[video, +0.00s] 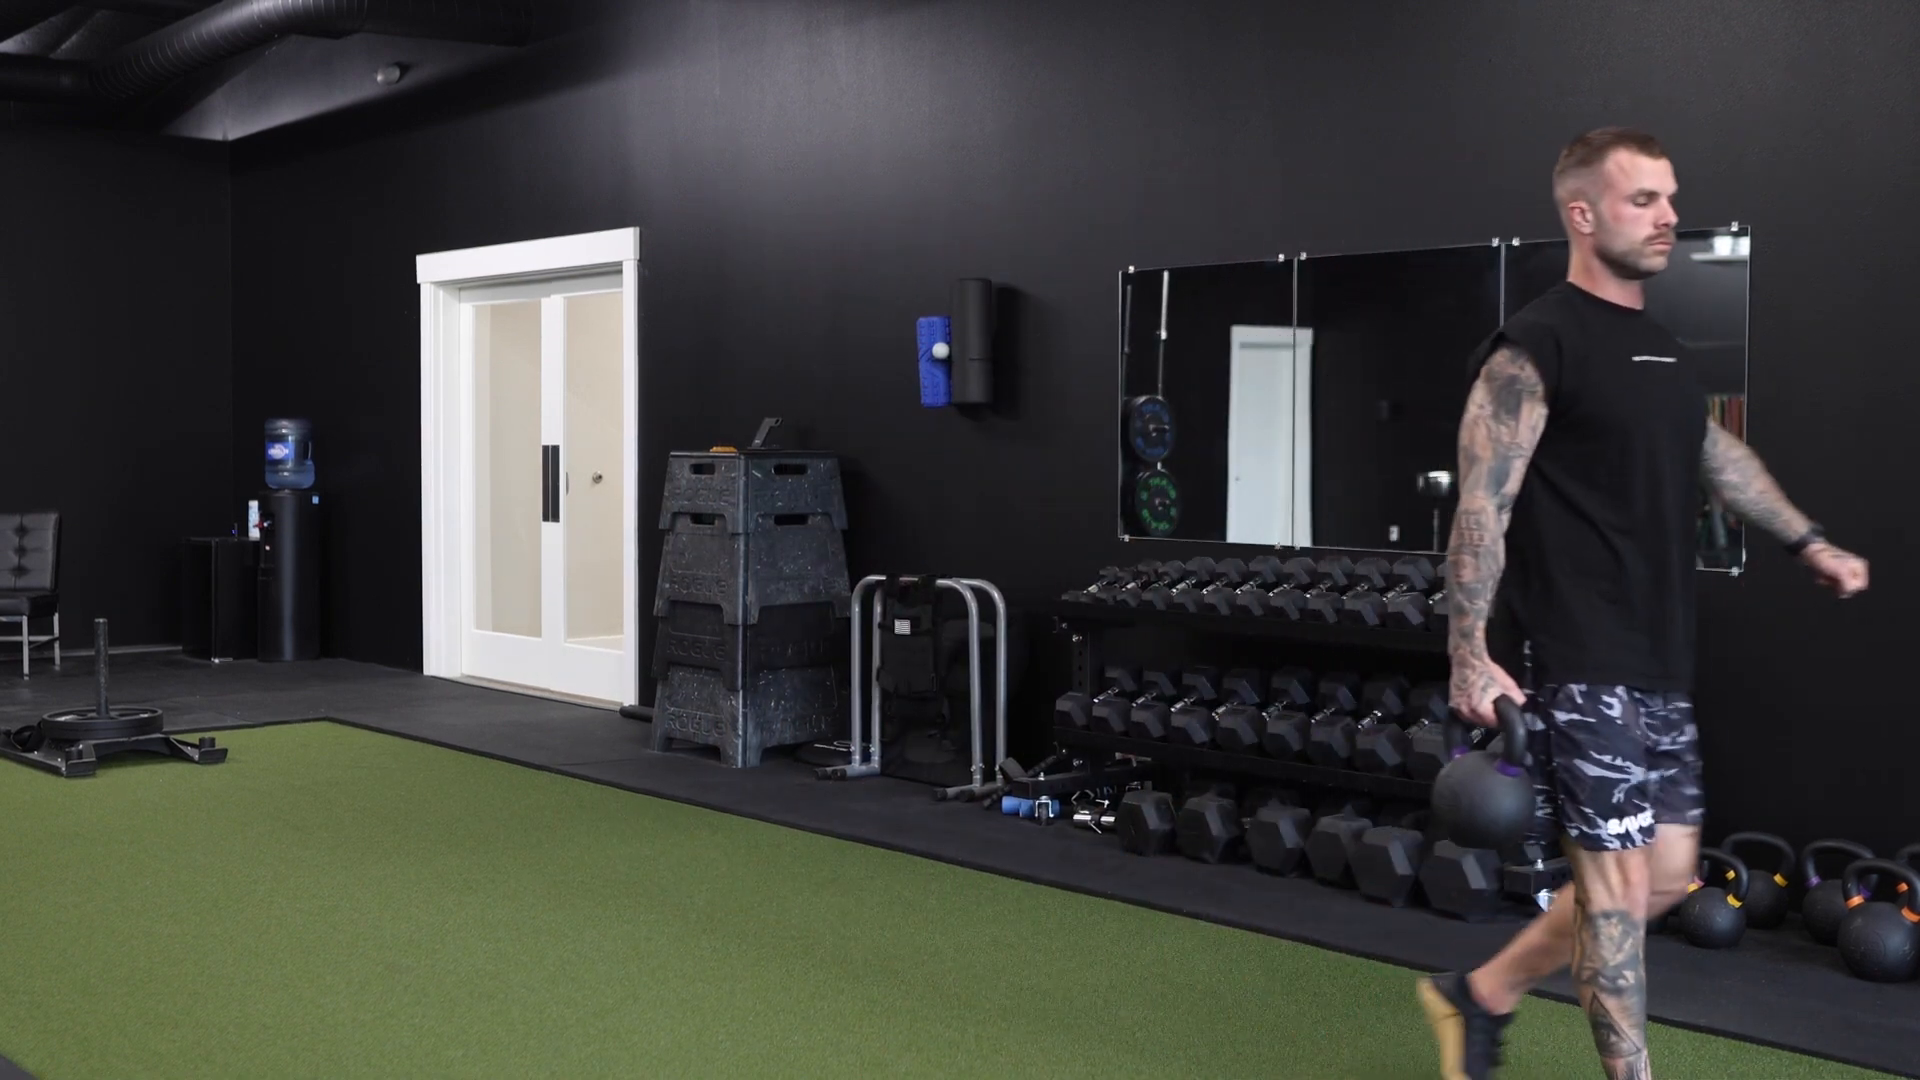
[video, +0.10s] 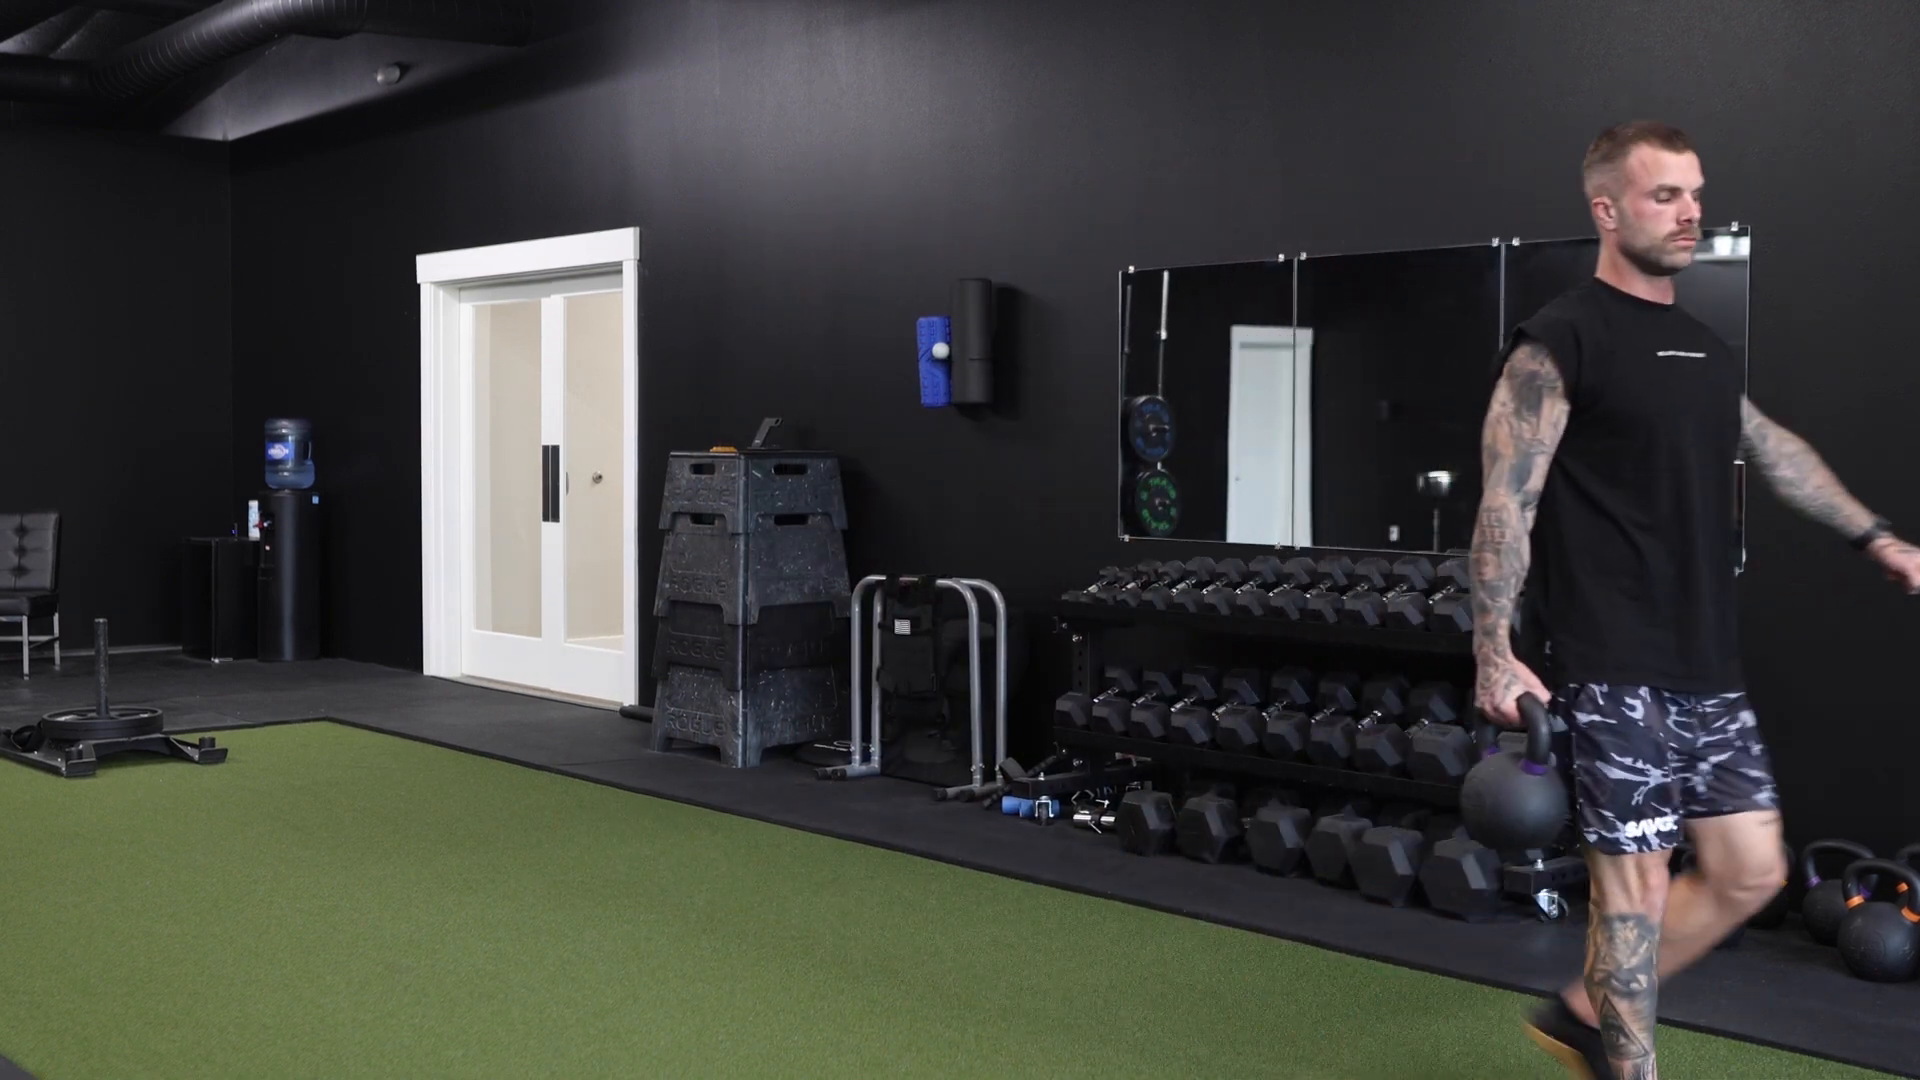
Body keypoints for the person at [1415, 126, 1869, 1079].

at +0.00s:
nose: (1667, 217)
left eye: (1670, 200)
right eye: (1643, 200)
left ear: (1667, 212)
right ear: (1579, 213)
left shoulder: (1653, 344)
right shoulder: (1533, 346)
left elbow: (1718, 454)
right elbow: (1481, 504)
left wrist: (1809, 541)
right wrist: (1467, 647)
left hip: (1659, 654)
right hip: (1577, 657)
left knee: (1670, 866)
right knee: (1613, 879)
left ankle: (1480, 991)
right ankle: (1630, 1072)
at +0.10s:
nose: (1688, 214)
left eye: (1695, 196)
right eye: (1664, 195)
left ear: (1699, 208)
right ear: (1605, 207)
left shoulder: (1702, 348)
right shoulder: (1561, 340)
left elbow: (1771, 447)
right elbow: (1505, 498)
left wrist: (1874, 535)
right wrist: (1493, 645)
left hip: (1704, 655)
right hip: (1605, 657)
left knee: (1748, 872)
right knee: (1632, 893)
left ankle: (1584, 1007)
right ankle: (1636, 1071)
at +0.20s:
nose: (1706, 207)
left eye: (1716, 191)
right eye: (1681, 190)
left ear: (1724, 204)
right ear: (1625, 203)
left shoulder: (1735, 339)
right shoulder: (1581, 337)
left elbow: (1831, 446)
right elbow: (1527, 498)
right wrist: (1513, 645)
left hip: (1742, 658)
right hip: (1631, 664)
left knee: (1799, 876)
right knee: (1647, 897)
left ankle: (1729, 1072)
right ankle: (1640, 1074)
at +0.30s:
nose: (1724, 203)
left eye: (1735, 185)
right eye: (1696, 187)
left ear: (1750, 195)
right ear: (1647, 204)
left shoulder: (1782, 343)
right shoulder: (1600, 338)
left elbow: (1890, 441)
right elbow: (1549, 500)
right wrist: (1533, 650)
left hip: (1772, 664)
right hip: (1651, 670)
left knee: (1825, 891)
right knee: (1663, 900)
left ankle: (1841, 1076)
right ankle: (1644, 1073)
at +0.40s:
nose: (1739, 202)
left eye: (1755, 182)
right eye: (1713, 186)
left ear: (1775, 190)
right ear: (1670, 201)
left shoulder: (1822, 341)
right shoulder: (1622, 340)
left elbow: (1914, 424)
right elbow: (1572, 503)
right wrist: (1548, 653)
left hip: (1799, 669)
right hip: (1667, 674)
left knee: (1838, 901)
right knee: (1678, 910)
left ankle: (1873, 1079)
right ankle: (1646, 1073)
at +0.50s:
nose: (1753, 201)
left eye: (1771, 180)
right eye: (1729, 185)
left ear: (1802, 186)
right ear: (1696, 201)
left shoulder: (1863, 338)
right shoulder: (1647, 338)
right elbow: (1595, 502)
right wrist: (1566, 652)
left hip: (1826, 668)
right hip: (1686, 671)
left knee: (1832, 904)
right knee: (1698, 911)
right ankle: (1646, 1074)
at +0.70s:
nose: (1770, 197)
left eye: (1791, 173)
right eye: (1751, 179)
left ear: (1844, 174)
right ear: (1733, 190)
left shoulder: (1904, 323)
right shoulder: (1689, 336)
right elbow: (1638, 502)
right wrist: (1599, 647)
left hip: (1875, 676)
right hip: (1718, 675)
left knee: (1857, 923)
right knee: (1721, 920)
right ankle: (1656, 1069)